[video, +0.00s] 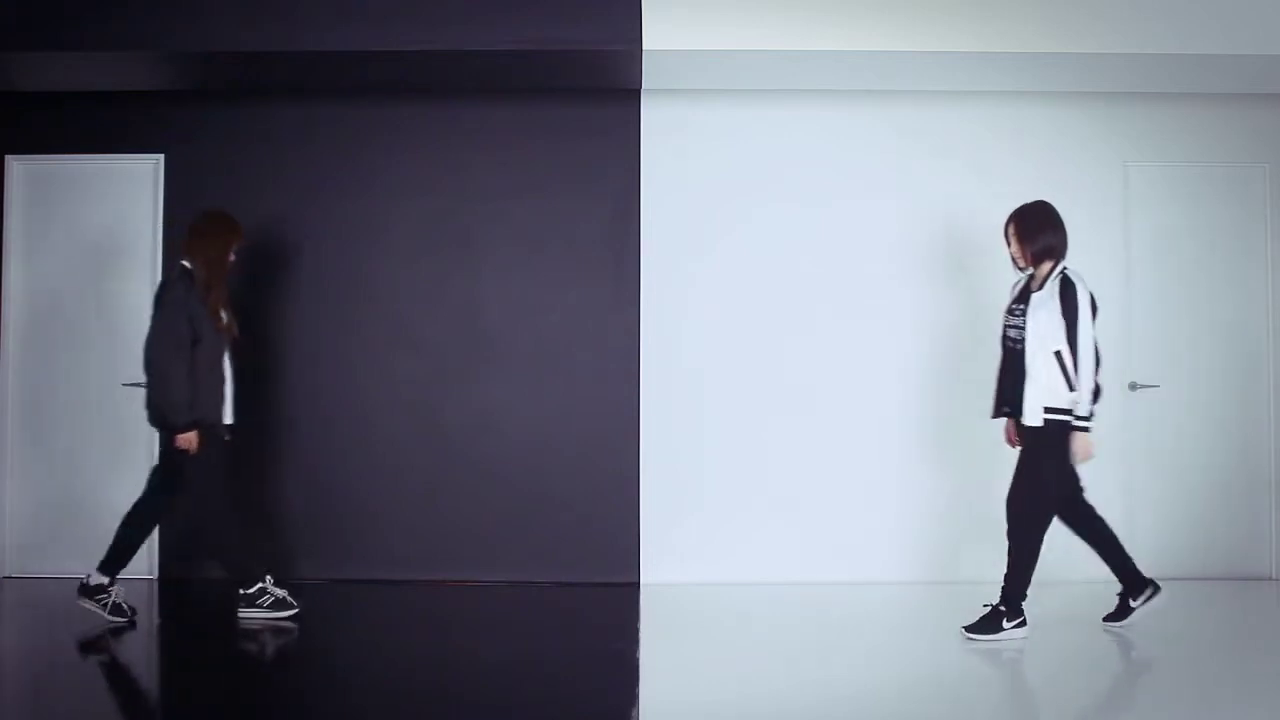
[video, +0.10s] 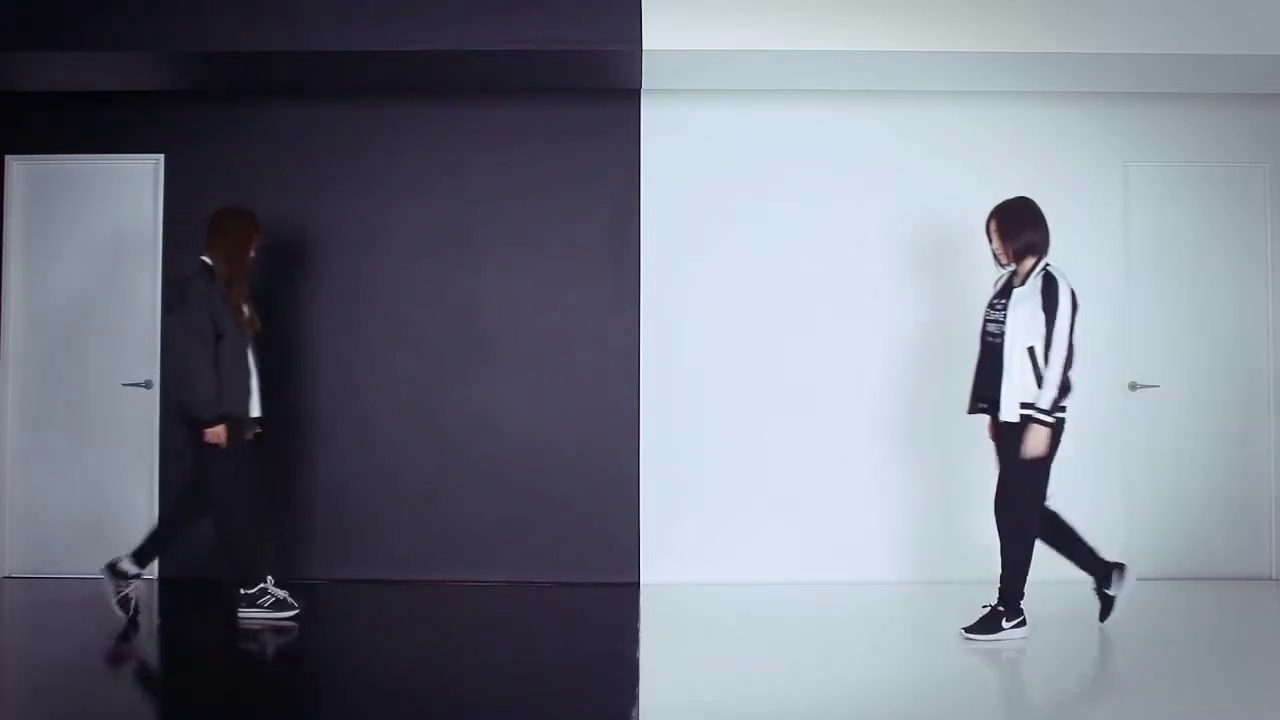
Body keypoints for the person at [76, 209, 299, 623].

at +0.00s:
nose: (233, 260)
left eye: (234, 251)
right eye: (229, 251)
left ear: (204, 248)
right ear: (210, 249)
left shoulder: (209, 290)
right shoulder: (179, 290)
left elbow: (213, 359)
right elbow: (166, 359)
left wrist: (225, 418)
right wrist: (180, 422)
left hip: (213, 421)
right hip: (192, 423)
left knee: (154, 503)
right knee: (226, 506)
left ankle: (100, 582)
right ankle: (251, 590)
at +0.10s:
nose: (253, 257)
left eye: (255, 249)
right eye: (249, 248)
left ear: (226, 247)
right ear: (229, 246)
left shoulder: (232, 288)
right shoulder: (199, 287)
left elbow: (238, 360)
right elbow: (194, 358)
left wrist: (251, 414)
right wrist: (209, 416)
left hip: (241, 420)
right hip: (220, 423)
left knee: (197, 501)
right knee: (239, 504)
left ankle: (131, 565)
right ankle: (253, 590)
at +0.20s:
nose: (273, 254)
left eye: (274, 245)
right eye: (269, 244)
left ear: (242, 240)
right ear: (252, 242)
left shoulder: (248, 284)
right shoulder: (223, 285)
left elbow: (258, 357)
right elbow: (220, 355)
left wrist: (273, 412)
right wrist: (235, 413)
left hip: (260, 416)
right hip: (241, 418)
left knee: (245, 501)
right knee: (248, 503)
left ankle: (181, 553)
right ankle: (253, 592)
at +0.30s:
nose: (291, 253)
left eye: (292, 245)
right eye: (288, 244)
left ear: (259, 238)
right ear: (272, 241)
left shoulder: (261, 281)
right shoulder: (240, 281)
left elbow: (271, 352)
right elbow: (240, 351)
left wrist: (289, 408)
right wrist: (256, 410)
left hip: (279, 413)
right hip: (257, 415)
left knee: (295, 491)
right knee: (258, 497)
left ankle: (233, 546)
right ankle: (256, 591)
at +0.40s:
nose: (308, 253)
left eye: (309, 245)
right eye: (305, 244)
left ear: (278, 239)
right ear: (287, 240)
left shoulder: (281, 281)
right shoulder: (256, 280)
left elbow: (289, 353)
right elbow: (252, 350)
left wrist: (305, 406)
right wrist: (271, 408)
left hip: (296, 413)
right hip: (267, 414)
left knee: (331, 474)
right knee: (260, 496)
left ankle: (296, 552)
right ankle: (254, 590)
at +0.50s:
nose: (325, 253)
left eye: (325, 244)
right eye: (321, 244)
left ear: (291, 237)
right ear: (305, 242)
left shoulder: (295, 281)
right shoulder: (270, 279)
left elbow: (302, 350)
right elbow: (266, 349)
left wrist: (322, 405)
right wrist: (284, 409)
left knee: (349, 479)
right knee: (270, 497)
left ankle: (345, 567)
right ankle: (256, 589)